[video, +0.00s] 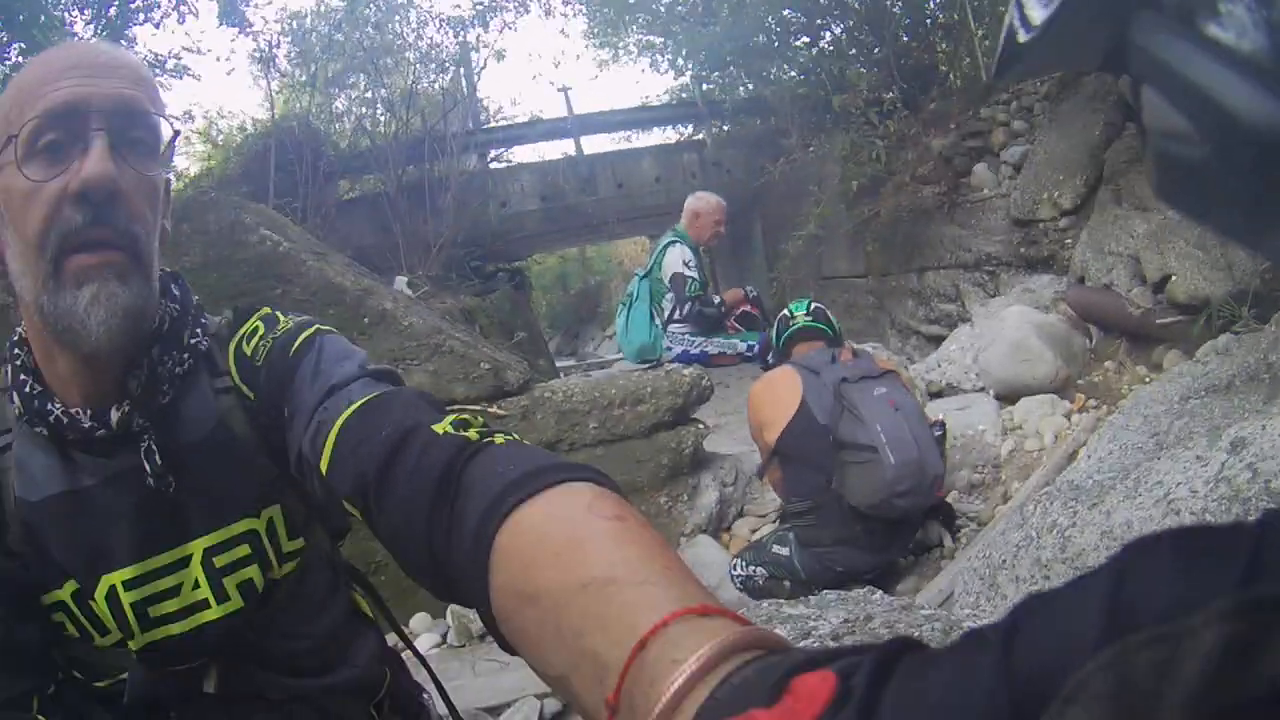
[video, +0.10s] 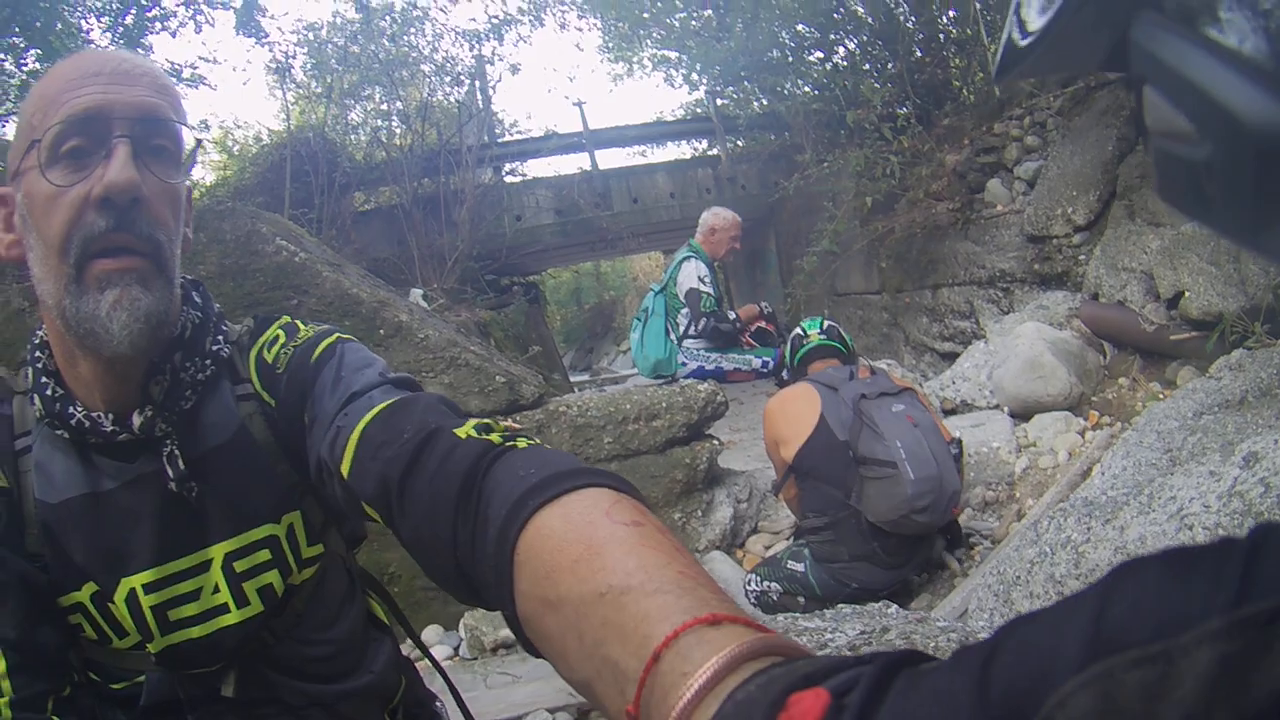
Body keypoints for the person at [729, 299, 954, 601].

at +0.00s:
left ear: (778, 347)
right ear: (837, 338)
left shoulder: (765, 390)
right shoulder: (883, 368)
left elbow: (778, 481)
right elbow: (923, 439)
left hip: (827, 552)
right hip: (899, 535)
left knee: (742, 571)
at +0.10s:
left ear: (792, 363)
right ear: (848, 352)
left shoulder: (780, 407)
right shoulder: (895, 382)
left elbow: (792, 497)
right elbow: (949, 448)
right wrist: (948, 524)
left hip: (854, 572)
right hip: (921, 552)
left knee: (756, 586)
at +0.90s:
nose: (787, 354)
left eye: (789, 347)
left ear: (798, 346)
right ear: (849, 337)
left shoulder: (795, 383)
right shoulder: (881, 363)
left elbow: (793, 472)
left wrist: (815, 511)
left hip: (865, 541)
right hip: (921, 522)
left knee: (752, 559)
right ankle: (897, 566)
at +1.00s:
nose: (766, 365)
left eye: (769, 357)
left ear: (777, 356)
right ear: (829, 347)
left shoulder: (775, 394)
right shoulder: (862, 371)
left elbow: (776, 483)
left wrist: (799, 521)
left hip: (848, 551)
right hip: (904, 532)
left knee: (735, 566)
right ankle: (878, 578)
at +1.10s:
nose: (721, 366)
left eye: (724, 357)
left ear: (732, 353)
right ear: (787, 343)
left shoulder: (731, 390)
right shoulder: (821, 366)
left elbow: (734, 477)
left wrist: (759, 516)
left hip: (807, 545)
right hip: (864, 528)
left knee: (694, 561)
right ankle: (835, 574)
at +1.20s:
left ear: (664, 303)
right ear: (725, 286)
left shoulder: (667, 338)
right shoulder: (757, 312)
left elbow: (668, 424)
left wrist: (695, 461)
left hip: (739, 495)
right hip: (799, 476)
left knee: (626, 519)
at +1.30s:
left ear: (626, 258)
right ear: (685, 236)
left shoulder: (625, 292)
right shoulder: (718, 265)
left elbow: (631, 376)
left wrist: (655, 414)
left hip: (709, 449)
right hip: (768, 428)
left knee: (599, 466)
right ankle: (750, 468)